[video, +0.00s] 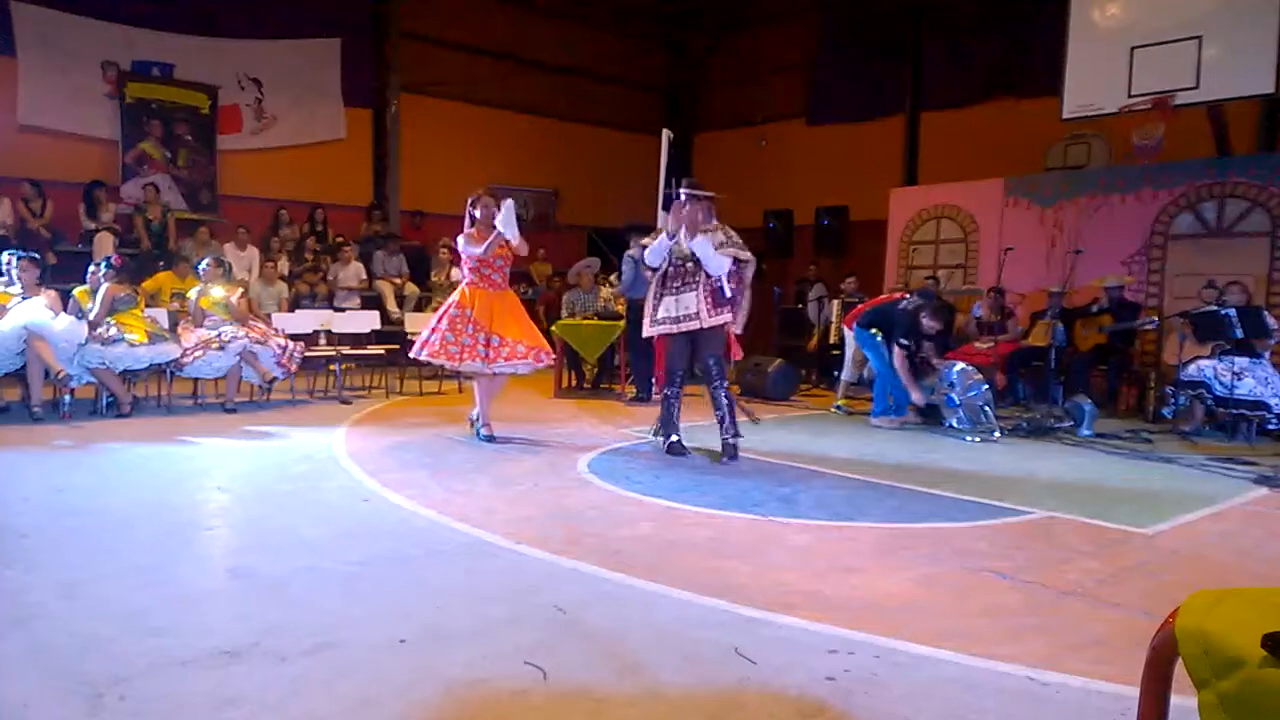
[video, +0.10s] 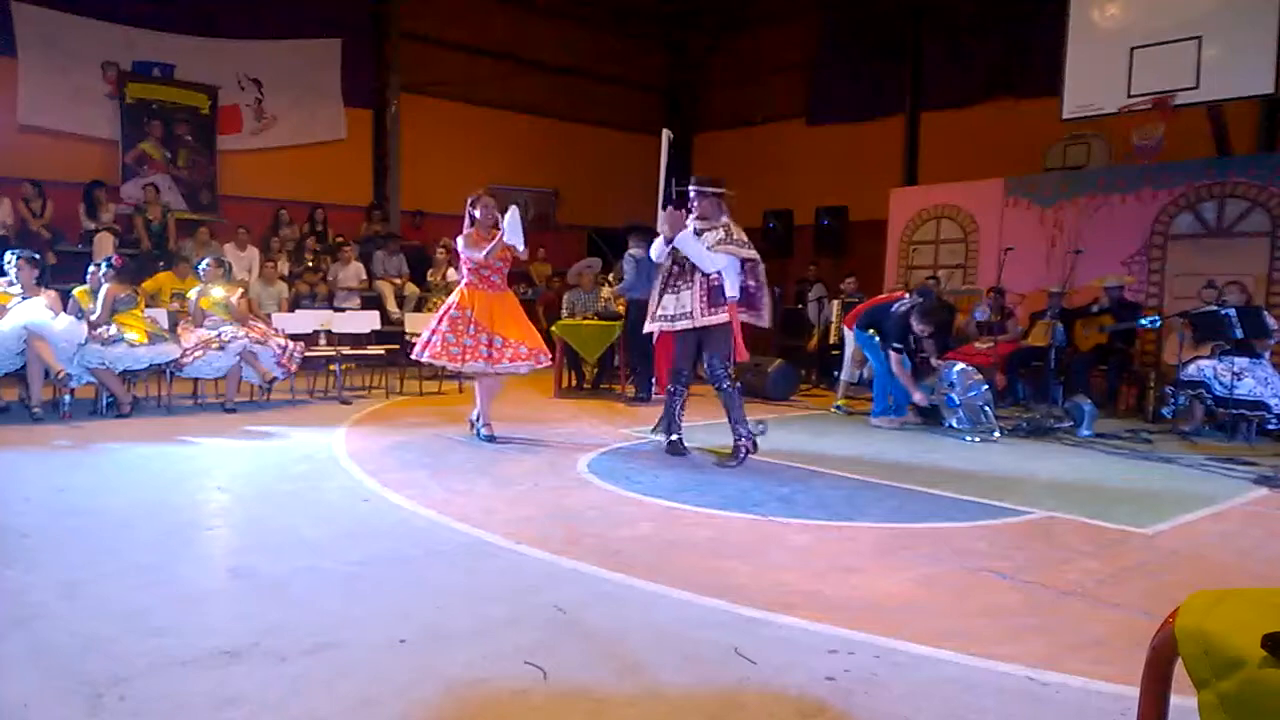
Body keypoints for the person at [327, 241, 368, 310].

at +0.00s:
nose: (349, 254)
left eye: (350, 251)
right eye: (345, 252)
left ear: (352, 252)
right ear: (339, 254)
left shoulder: (359, 266)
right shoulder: (334, 267)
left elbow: (365, 284)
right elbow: (329, 280)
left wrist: (351, 288)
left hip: (354, 305)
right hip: (339, 305)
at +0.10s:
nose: (349, 254)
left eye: (350, 251)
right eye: (345, 252)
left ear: (352, 252)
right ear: (339, 254)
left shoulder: (359, 266)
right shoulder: (334, 267)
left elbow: (365, 284)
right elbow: (329, 281)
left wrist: (351, 288)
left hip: (354, 305)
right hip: (339, 305)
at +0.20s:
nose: (349, 254)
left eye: (350, 251)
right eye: (346, 252)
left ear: (352, 252)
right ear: (339, 254)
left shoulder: (359, 266)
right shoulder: (334, 267)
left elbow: (365, 284)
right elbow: (329, 281)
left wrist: (352, 288)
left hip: (354, 305)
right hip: (339, 305)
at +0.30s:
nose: (349, 254)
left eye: (350, 251)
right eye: (345, 252)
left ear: (352, 252)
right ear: (339, 254)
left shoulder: (359, 266)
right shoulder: (334, 267)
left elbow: (365, 284)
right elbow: (329, 281)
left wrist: (351, 288)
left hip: (354, 305)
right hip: (339, 305)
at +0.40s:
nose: (349, 254)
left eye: (350, 251)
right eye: (346, 252)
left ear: (353, 252)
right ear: (339, 254)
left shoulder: (359, 266)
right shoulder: (334, 267)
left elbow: (365, 284)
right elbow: (329, 281)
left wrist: (351, 288)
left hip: (354, 305)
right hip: (338, 305)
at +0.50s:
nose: (349, 254)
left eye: (350, 251)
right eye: (346, 252)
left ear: (353, 252)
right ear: (339, 254)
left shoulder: (359, 266)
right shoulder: (334, 267)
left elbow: (365, 284)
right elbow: (329, 281)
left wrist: (351, 288)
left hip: (354, 305)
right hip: (338, 305)